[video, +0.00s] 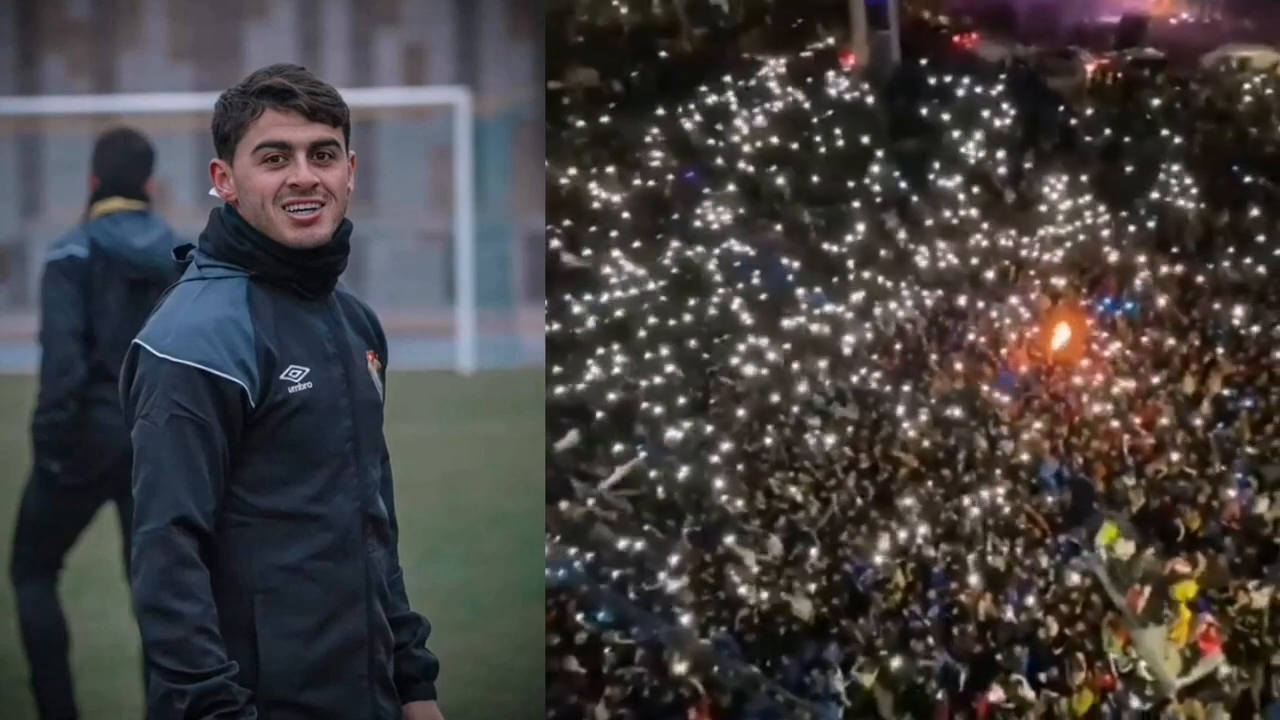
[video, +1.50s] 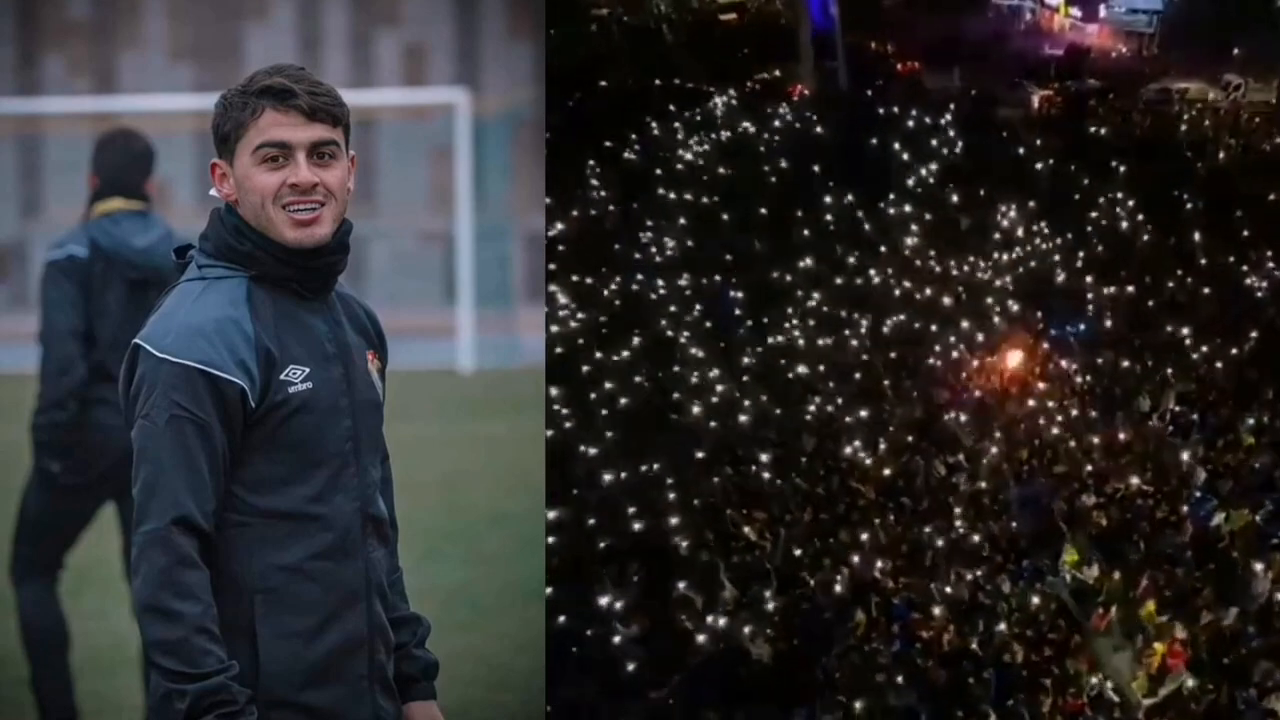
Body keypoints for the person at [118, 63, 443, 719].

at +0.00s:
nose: (304, 178)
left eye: (322, 155)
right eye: (274, 158)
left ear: (350, 171)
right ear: (226, 182)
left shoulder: (356, 323)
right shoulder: (195, 334)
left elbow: (372, 525)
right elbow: (164, 550)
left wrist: (414, 685)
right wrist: (213, 705)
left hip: (365, 690)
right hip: (259, 691)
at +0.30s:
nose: (304, 178)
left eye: (322, 155)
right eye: (274, 158)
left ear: (350, 171)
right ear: (226, 182)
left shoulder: (356, 323)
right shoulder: (195, 334)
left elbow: (372, 525)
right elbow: (164, 550)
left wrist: (414, 684)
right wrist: (213, 705)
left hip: (365, 690)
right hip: (259, 691)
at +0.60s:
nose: (304, 178)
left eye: (322, 155)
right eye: (274, 158)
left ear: (350, 171)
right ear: (226, 182)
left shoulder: (356, 323)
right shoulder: (195, 334)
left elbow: (372, 525)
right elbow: (164, 550)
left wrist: (414, 684)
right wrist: (213, 705)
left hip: (365, 690)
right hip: (259, 691)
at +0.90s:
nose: (304, 179)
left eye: (322, 155)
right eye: (274, 158)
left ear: (350, 171)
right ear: (226, 182)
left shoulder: (356, 323)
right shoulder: (195, 334)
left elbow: (372, 525)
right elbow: (164, 550)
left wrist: (414, 684)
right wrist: (213, 705)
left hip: (365, 690)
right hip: (259, 691)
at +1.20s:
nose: (304, 179)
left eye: (322, 155)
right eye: (274, 158)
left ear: (350, 171)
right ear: (226, 182)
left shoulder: (356, 323)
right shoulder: (195, 334)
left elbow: (372, 525)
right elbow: (164, 550)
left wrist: (414, 684)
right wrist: (213, 705)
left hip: (365, 690)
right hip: (259, 691)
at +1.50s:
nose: (305, 178)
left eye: (322, 155)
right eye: (274, 158)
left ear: (349, 171)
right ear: (226, 182)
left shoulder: (356, 323)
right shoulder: (195, 334)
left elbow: (372, 525)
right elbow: (164, 550)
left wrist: (414, 684)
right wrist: (213, 705)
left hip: (366, 690)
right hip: (260, 691)